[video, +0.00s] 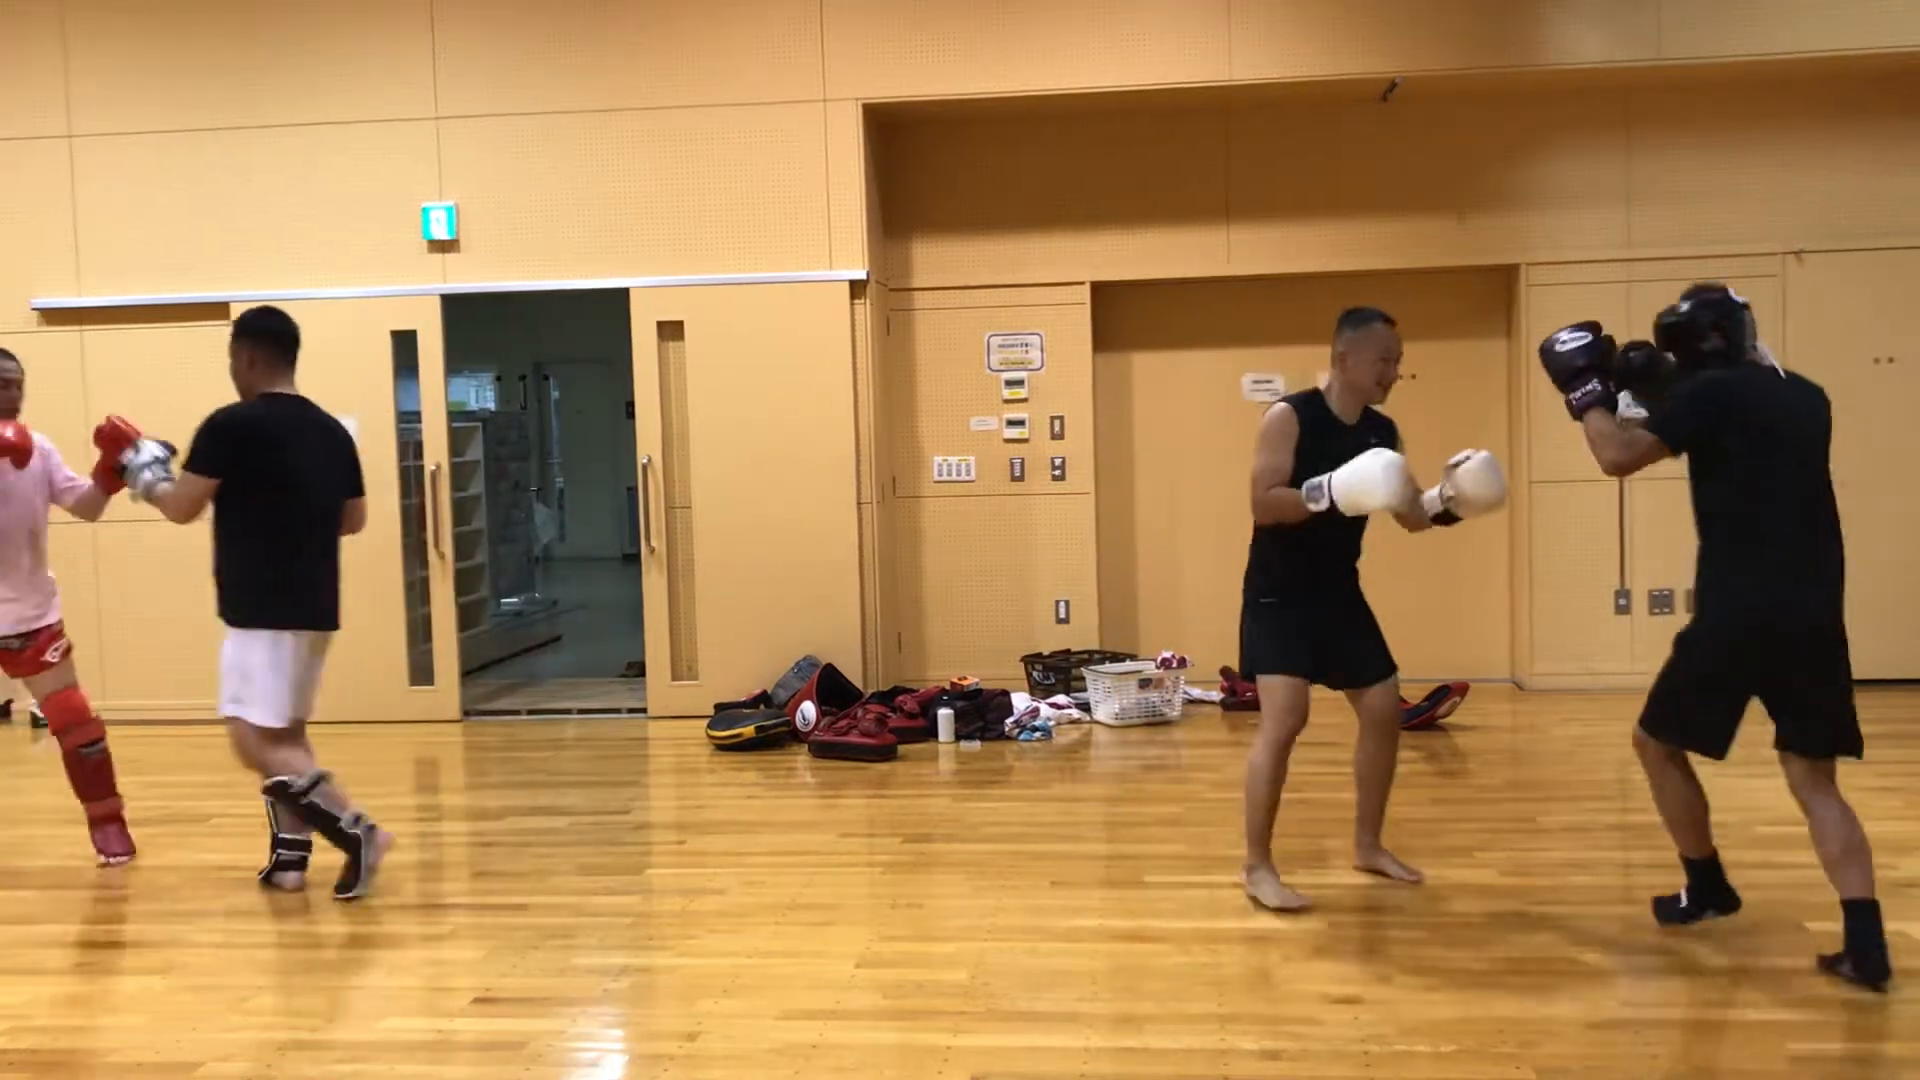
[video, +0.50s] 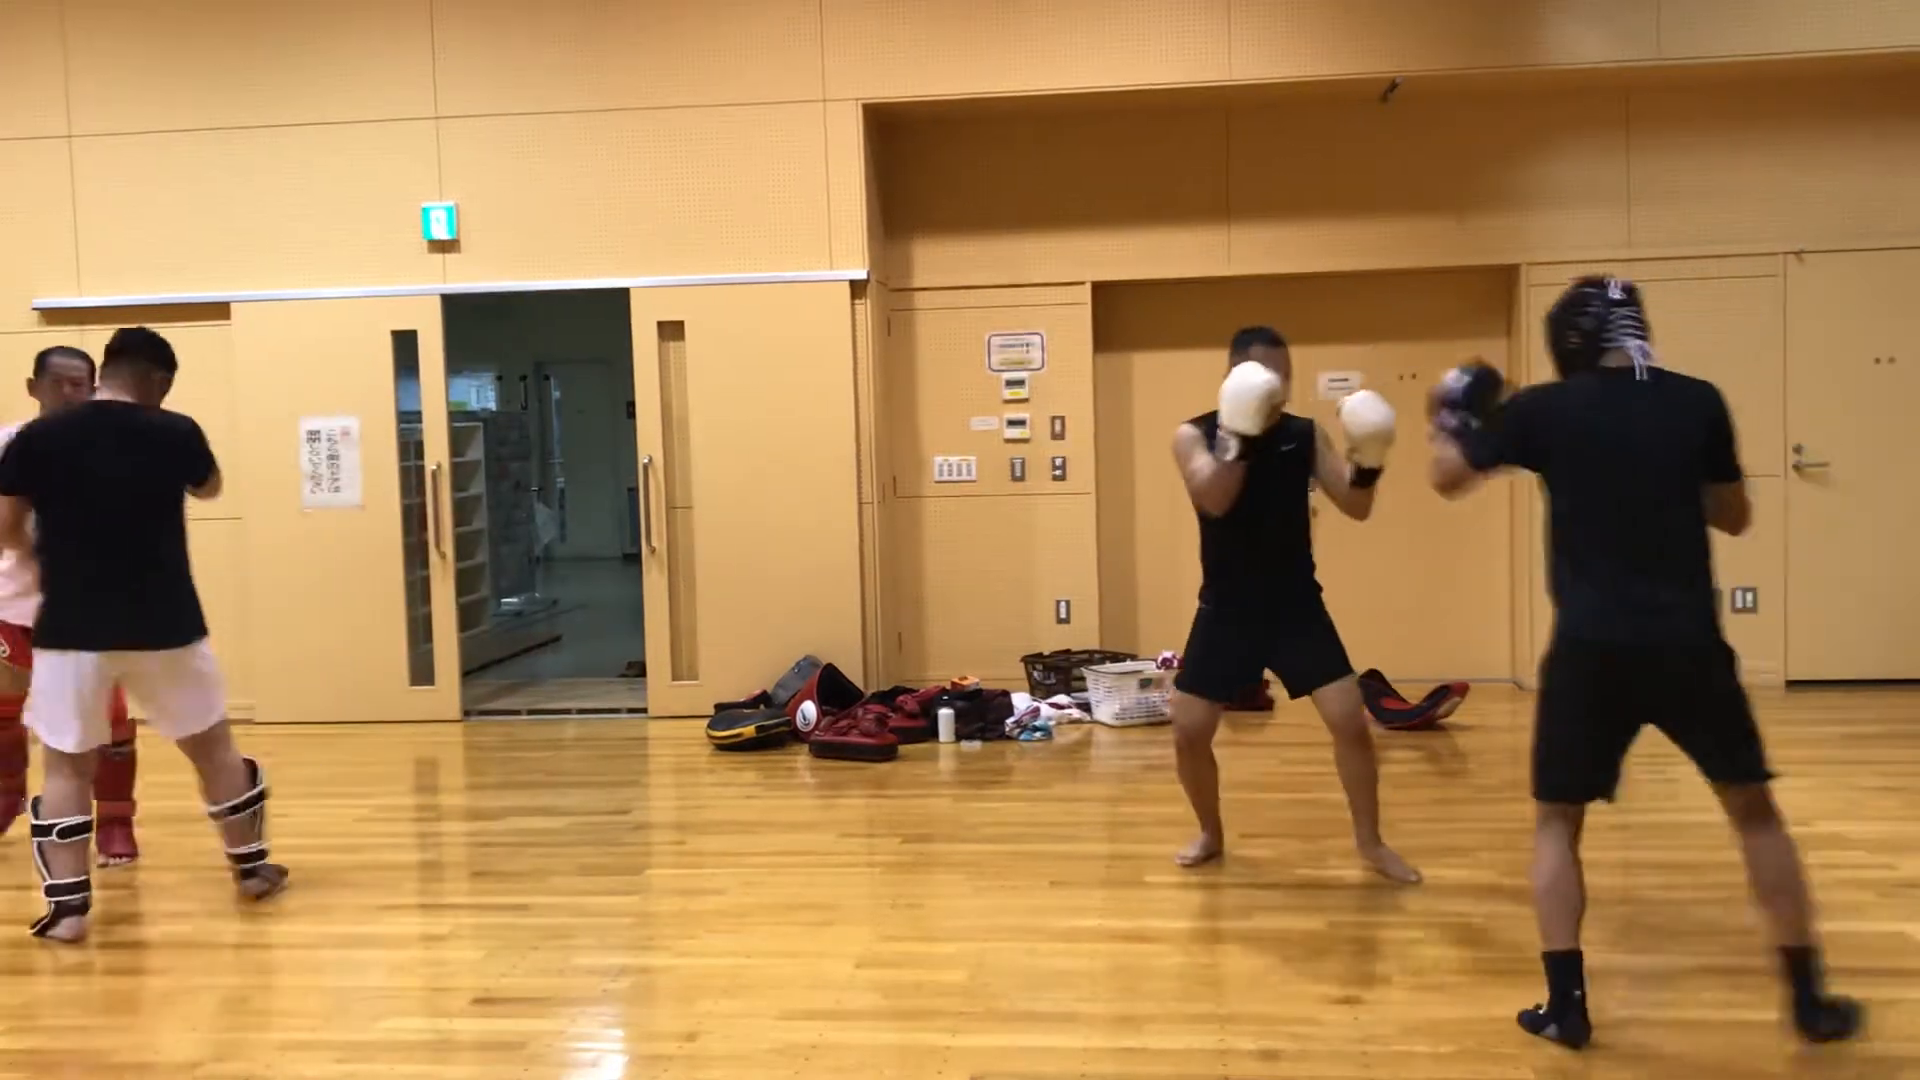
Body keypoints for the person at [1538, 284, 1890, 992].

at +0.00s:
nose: (1679, 365)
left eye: (1679, 352)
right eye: (1673, 354)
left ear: (1696, 349)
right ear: (1746, 337)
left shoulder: (1707, 394)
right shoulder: (1809, 397)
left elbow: (1615, 454)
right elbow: (1747, 404)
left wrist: (1584, 389)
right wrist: (1667, 387)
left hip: (1734, 618)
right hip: (1813, 619)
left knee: (1656, 741)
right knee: (1815, 778)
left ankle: (1706, 887)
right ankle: (1867, 947)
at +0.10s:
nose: (1671, 339)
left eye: (1670, 327)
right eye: (1666, 329)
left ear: (1686, 323)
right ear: (1742, 307)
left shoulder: (1694, 367)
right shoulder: (1810, 370)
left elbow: (1613, 449)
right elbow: (1747, 411)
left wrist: (1585, 388)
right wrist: (1664, 374)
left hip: (1716, 597)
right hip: (1802, 598)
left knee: (1655, 728)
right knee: (1822, 766)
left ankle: (1688, 901)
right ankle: (1857, 945)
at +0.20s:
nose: (1652, 358)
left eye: (1652, 347)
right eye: (1653, 348)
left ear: (1666, 344)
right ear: (1727, 326)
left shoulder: (1676, 396)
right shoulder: (1804, 391)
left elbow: (1609, 499)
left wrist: (1592, 434)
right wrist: (1660, 400)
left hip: (1704, 625)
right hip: (1797, 626)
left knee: (1630, 765)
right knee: (1827, 794)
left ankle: (1628, 932)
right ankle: (1878, 981)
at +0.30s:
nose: (1629, 378)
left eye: (1630, 367)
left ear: (1643, 367)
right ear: (1710, 347)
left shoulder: (1644, 434)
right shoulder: (1783, 417)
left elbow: (1590, 546)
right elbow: (1797, 521)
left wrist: (1571, 473)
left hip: (1681, 663)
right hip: (1778, 660)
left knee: (1607, 807)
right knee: (1821, 823)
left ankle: (1579, 969)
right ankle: (1877, 996)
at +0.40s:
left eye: (1606, 359)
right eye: (1690, 339)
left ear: (1615, 362)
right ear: (1688, 349)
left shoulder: (1604, 429)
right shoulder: (1752, 413)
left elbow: (1540, 536)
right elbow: (1785, 525)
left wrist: (1532, 466)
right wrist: (1728, 473)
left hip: (1645, 662)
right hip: (1744, 660)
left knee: (1589, 824)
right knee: (1802, 815)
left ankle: (1569, 1000)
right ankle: (1872, 1000)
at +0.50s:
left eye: (1557, 346)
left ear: (1567, 347)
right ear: (1638, 338)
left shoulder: (1546, 409)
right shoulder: (1696, 401)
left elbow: (1449, 477)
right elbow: (1733, 513)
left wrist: (1446, 414)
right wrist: (1664, 476)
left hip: (1589, 654)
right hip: (1689, 651)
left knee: (1557, 821)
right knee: (1754, 810)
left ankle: (1565, 1008)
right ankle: (1808, 998)